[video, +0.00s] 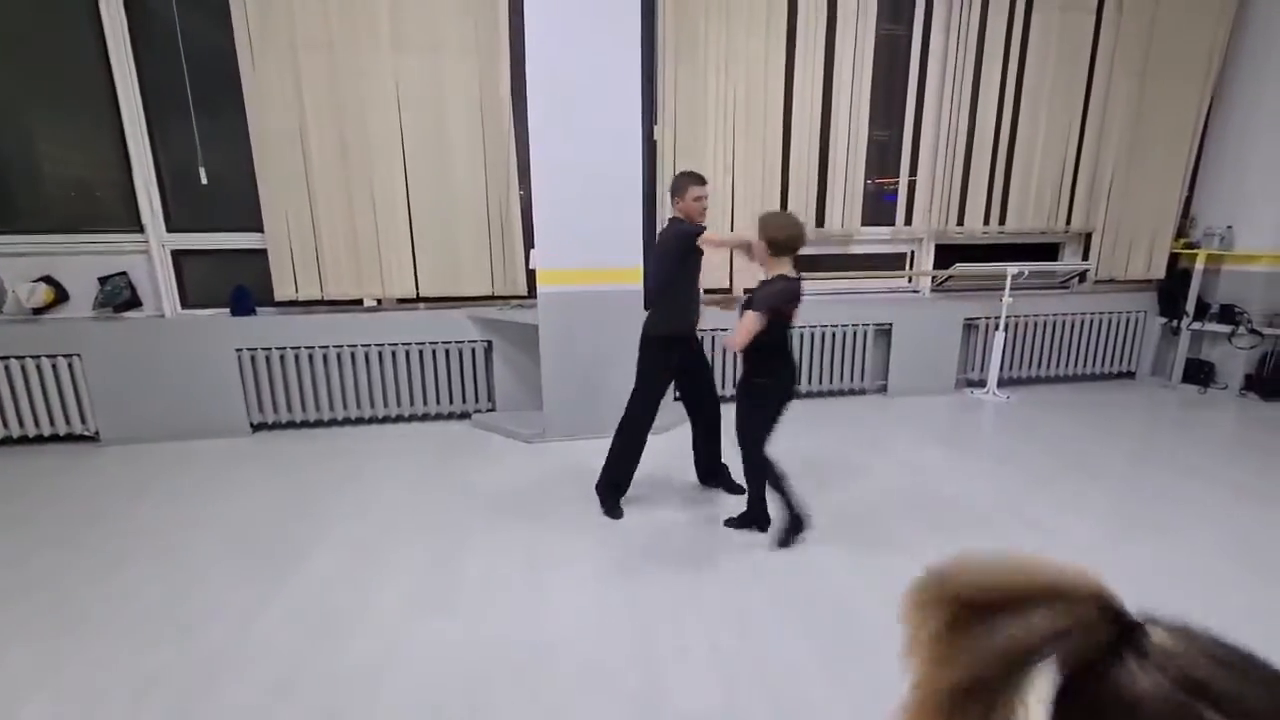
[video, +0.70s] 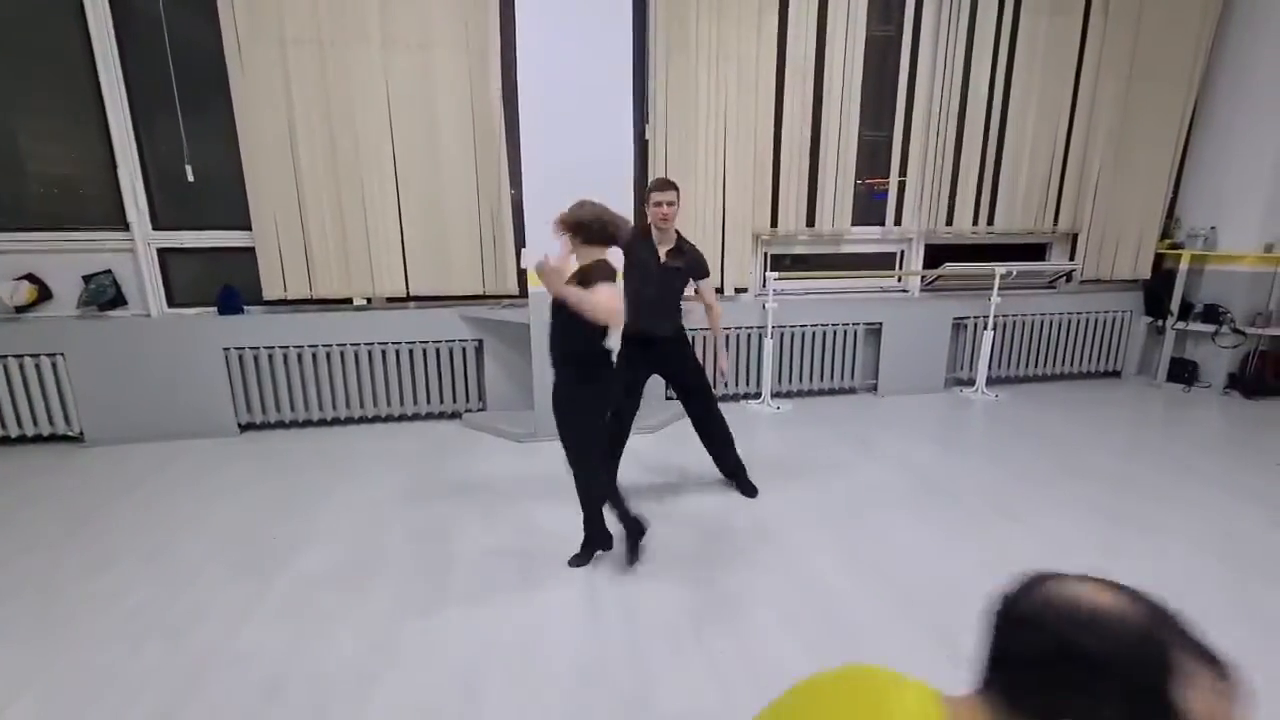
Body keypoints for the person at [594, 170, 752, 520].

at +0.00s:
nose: (705, 205)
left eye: (706, 199)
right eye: (698, 199)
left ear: (692, 202)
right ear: (678, 202)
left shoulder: (675, 235)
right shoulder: (682, 231)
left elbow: (672, 291)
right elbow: (719, 241)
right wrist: (749, 244)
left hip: (684, 338)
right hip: (662, 340)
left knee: (706, 408)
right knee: (639, 416)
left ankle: (711, 472)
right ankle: (609, 488)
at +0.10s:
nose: (700, 204)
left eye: (702, 198)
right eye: (692, 198)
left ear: (701, 199)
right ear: (674, 199)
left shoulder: (683, 234)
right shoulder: (671, 227)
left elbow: (682, 288)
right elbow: (703, 219)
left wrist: (702, 315)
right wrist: (736, 211)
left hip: (685, 336)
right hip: (662, 335)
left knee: (705, 405)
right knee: (640, 411)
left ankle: (709, 470)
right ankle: (605, 478)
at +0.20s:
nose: (693, 205)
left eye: (695, 199)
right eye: (687, 198)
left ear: (695, 200)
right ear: (670, 199)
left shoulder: (697, 233)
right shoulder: (658, 227)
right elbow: (700, 194)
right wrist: (744, 187)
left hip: (695, 332)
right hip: (659, 333)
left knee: (704, 404)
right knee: (638, 409)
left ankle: (708, 469)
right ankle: (605, 482)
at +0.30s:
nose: (679, 201)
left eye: (682, 194)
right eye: (673, 193)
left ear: (685, 199)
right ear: (660, 197)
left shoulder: (693, 233)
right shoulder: (649, 233)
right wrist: (702, 174)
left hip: (687, 334)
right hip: (652, 335)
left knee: (706, 404)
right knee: (633, 410)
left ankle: (710, 472)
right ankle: (604, 480)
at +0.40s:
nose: (672, 210)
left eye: (677, 203)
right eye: (664, 202)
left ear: (682, 207)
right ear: (649, 207)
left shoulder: (683, 250)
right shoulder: (642, 251)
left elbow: (686, 304)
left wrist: (707, 333)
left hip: (678, 341)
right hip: (646, 342)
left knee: (700, 401)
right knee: (628, 413)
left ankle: (706, 468)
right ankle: (602, 480)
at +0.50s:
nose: (668, 209)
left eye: (674, 202)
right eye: (661, 203)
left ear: (680, 205)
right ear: (648, 206)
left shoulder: (684, 255)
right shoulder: (634, 244)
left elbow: (696, 306)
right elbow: (614, 213)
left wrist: (708, 354)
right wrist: (594, 196)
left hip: (678, 338)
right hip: (643, 337)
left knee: (703, 399)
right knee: (632, 412)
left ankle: (711, 466)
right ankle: (608, 487)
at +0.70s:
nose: (664, 211)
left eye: (670, 204)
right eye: (657, 204)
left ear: (678, 208)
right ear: (646, 208)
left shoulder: (689, 254)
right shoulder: (632, 240)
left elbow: (711, 306)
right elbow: (595, 227)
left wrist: (720, 351)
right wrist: (571, 222)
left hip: (673, 345)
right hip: (634, 345)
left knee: (705, 408)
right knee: (617, 417)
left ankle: (735, 471)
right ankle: (603, 483)